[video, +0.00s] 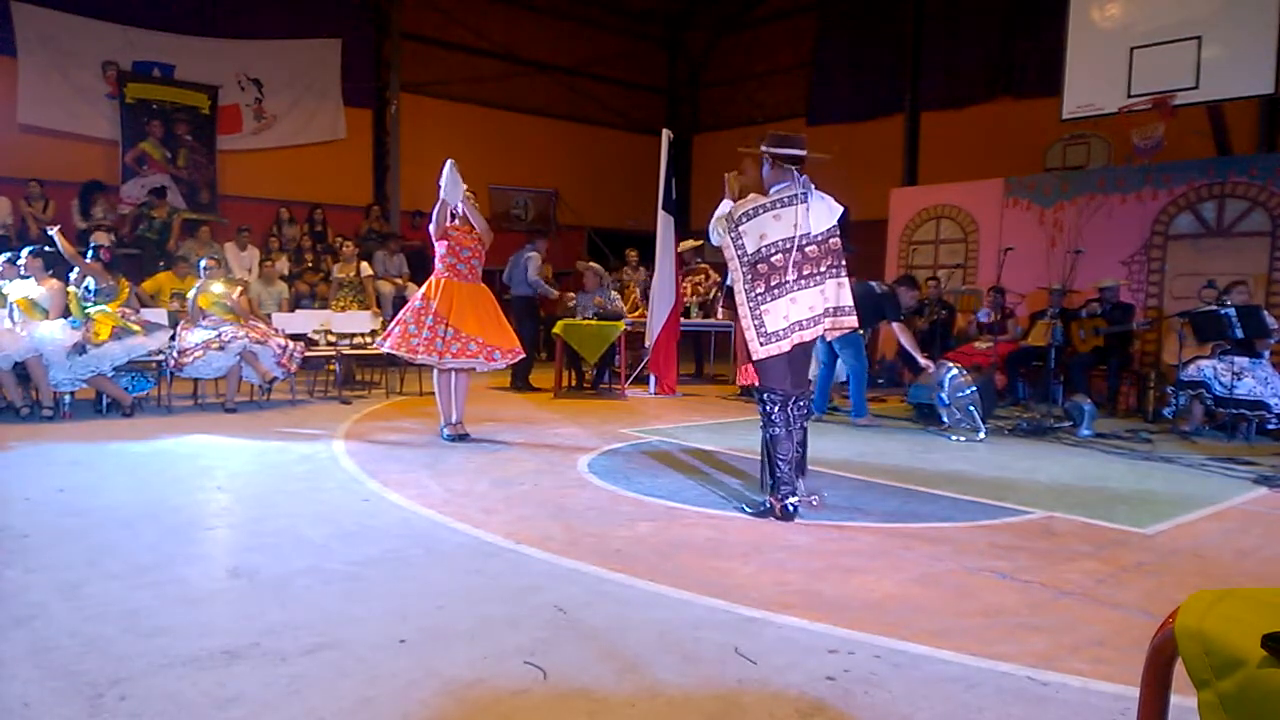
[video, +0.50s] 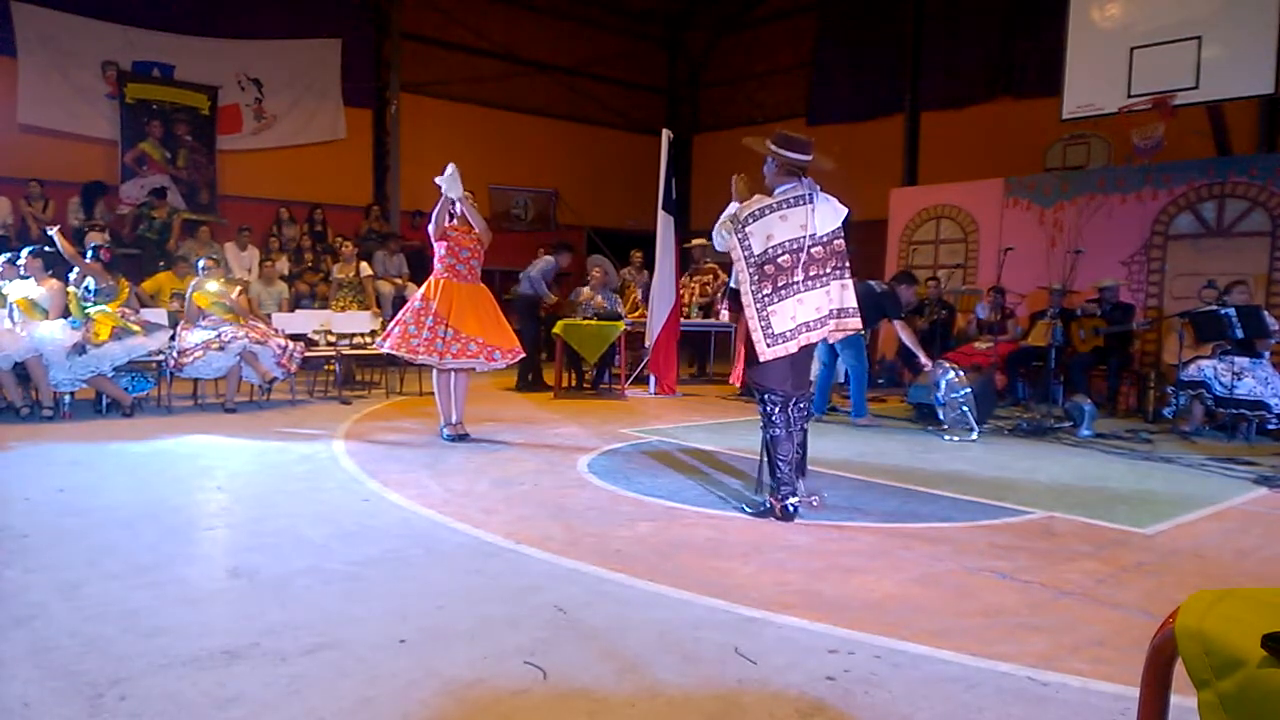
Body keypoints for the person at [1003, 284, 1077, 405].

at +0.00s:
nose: (1055, 299)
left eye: (1058, 295)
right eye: (1053, 295)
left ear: (1063, 297)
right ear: (1049, 296)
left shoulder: (1067, 314)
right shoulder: (1036, 315)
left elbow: (1068, 340)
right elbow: (1028, 336)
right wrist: (1024, 342)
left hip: (1056, 348)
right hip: (1036, 348)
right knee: (1012, 358)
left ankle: (1043, 398)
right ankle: (1013, 395)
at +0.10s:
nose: (1055, 299)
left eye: (1058, 296)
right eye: (1053, 295)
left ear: (1063, 297)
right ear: (1049, 296)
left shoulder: (1067, 314)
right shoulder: (1036, 315)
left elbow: (1068, 340)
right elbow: (1028, 336)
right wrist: (1024, 342)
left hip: (1055, 348)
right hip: (1036, 348)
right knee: (1012, 358)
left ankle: (1043, 398)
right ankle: (1013, 395)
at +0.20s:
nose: (1055, 299)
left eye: (1058, 296)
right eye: (1053, 295)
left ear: (1063, 297)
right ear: (1049, 296)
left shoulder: (1067, 314)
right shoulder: (1036, 315)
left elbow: (1068, 340)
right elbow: (1027, 335)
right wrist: (1024, 342)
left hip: (1055, 348)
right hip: (1035, 348)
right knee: (1012, 358)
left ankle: (1043, 399)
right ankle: (1013, 395)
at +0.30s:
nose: (1055, 299)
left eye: (1058, 296)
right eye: (1053, 295)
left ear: (1063, 297)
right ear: (1048, 296)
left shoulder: (1067, 314)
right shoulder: (1036, 315)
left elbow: (1068, 340)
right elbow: (1027, 335)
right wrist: (1024, 342)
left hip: (1055, 349)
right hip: (1035, 348)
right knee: (1011, 359)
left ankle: (1042, 399)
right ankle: (1012, 395)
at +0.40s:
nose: (1055, 299)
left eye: (1058, 296)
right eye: (1053, 295)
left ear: (1063, 297)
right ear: (1049, 296)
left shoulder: (1068, 314)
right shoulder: (1036, 315)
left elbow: (1068, 340)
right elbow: (1028, 335)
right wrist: (1023, 342)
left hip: (1055, 348)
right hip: (1035, 348)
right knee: (1012, 358)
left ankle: (1042, 399)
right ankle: (1013, 395)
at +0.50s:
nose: (1054, 299)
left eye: (1058, 296)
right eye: (1052, 295)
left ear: (1063, 297)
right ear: (1049, 296)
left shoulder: (1068, 315)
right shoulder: (1036, 315)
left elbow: (1069, 339)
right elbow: (1028, 336)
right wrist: (1024, 343)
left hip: (1055, 348)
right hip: (1036, 348)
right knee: (1012, 358)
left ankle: (1041, 398)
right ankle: (1013, 395)